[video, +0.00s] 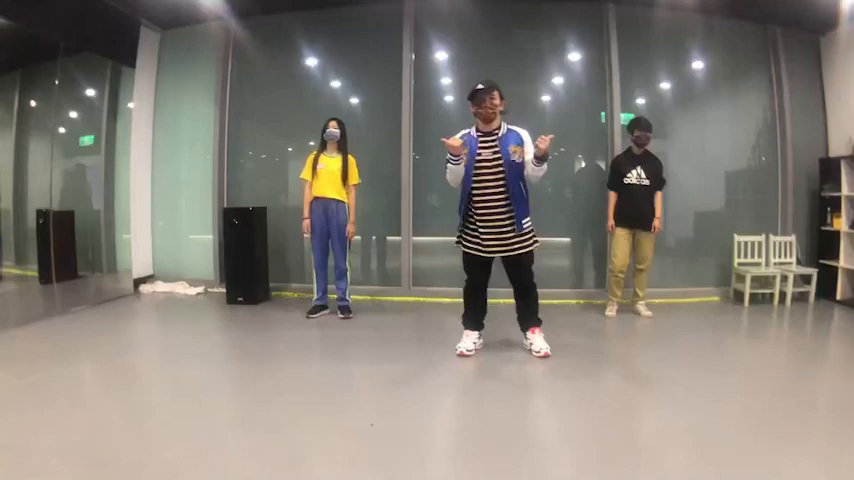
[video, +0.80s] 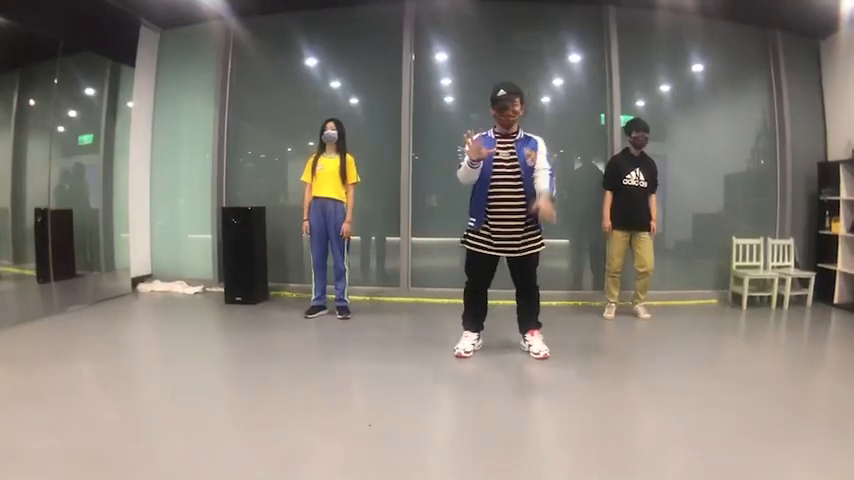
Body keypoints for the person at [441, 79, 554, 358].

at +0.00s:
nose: (488, 105)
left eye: (492, 99)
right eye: (481, 101)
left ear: (502, 104)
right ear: (473, 107)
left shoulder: (518, 135)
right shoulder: (463, 140)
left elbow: (533, 177)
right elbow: (454, 181)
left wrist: (540, 157)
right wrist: (456, 156)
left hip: (513, 224)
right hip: (476, 226)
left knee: (523, 280)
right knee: (475, 281)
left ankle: (532, 331)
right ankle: (471, 332)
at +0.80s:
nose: (510, 112)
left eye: (514, 106)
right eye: (503, 107)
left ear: (522, 108)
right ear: (493, 110)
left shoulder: (535, 144)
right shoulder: (479, 141)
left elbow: (542, 175)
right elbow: (465, 179)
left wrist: (543, 197)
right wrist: (474, 159)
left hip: (523, 228)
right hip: (485, 227)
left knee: (527, 283)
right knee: (476, 282)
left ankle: (531, 333)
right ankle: (471, 332)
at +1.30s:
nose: (491, 105)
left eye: (495, 100)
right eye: (485, 101)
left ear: (505, 104)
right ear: (476, 107)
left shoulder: (519, 136)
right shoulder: (463, 140)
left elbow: (540, 168)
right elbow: (455, 163)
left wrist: (527, 202)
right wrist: (456, 179)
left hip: (511, 222)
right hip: (474, 225)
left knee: (520, 278)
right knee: (473, 280)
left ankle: (528, 330)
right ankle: (471, 331)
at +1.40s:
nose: (503, 105)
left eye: (506, 101)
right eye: (496, 102)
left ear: (513, 106)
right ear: (484, 109)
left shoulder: (526, 140)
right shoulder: (469, 143)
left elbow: (548, 169)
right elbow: (459, 178)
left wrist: (527, 181)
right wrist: (454, 210)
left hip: (516, 227)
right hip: (478, 228)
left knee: (524, 281)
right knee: (475, 282)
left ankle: (531, 333)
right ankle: (473, 334)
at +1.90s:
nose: (530, 109)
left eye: (534, 103)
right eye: (523, 104)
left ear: (543, 105)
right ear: (513, 108)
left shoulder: (554, 141)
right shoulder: (498, 140)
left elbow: (557, 172)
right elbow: (484, 169)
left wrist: (544, 194)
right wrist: (481, 189)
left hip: (536, 223)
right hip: (499, 219)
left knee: (536, 280)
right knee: (484, 270)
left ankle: (535, 332)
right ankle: (482, 318)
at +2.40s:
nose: (506, 108)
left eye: (511, 102)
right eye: (500, 103)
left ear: (520, 108)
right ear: (490, 109)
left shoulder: (534, 141)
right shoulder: (473, 145)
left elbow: (562, 167)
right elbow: (464, 178)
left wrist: (568, 207)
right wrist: (443, 172)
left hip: (524, 227)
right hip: (485, 228)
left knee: (532, 283)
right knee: (482, 285)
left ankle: (537, 336)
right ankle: (479, 337)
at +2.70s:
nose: (508, 108)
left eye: (512, 103)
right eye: (501, 104)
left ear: (520, 108)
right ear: (490, 110)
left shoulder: (531, 143)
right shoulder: (475, 142)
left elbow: (540, 176)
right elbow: (468, 174)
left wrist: (548, 188)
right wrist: (482, 183)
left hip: (523, 228)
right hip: (486, 229)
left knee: (534, 284)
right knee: (479, 285)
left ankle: (540, 337)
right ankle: (474, 338)